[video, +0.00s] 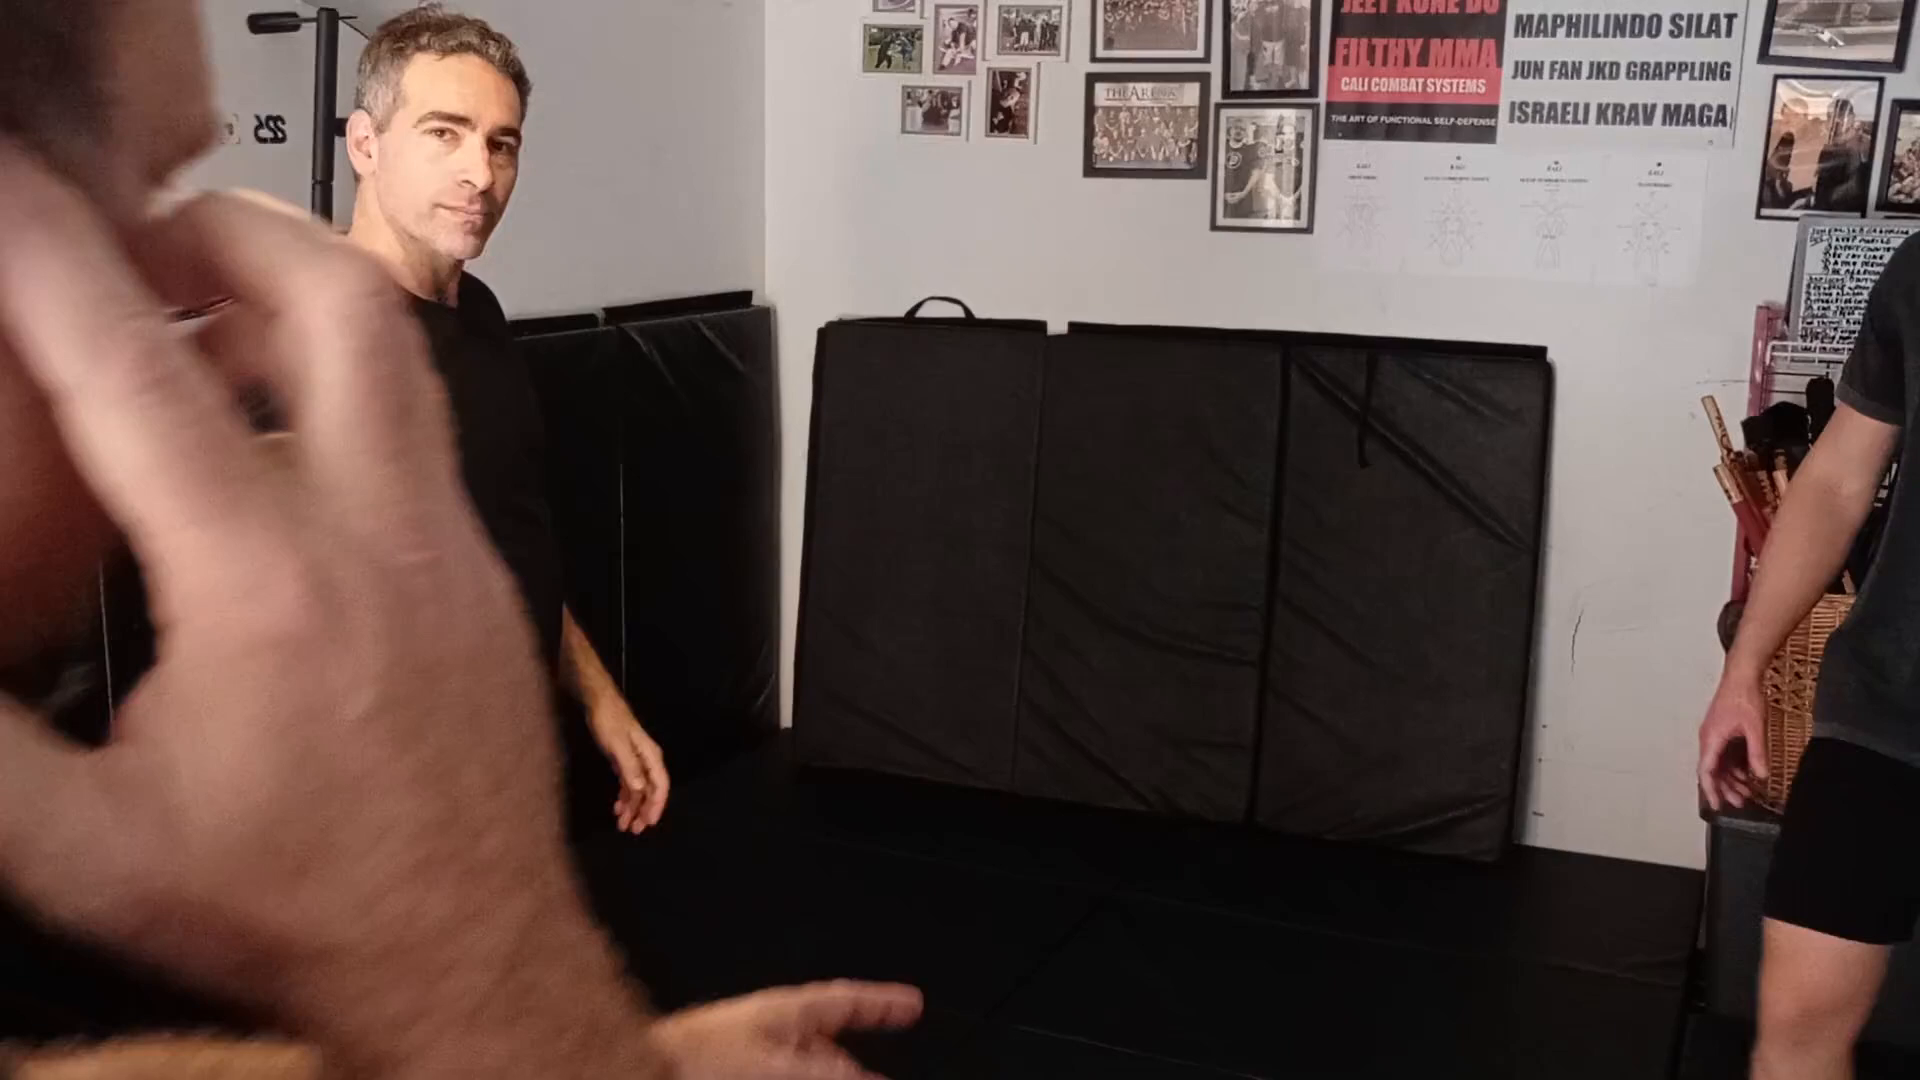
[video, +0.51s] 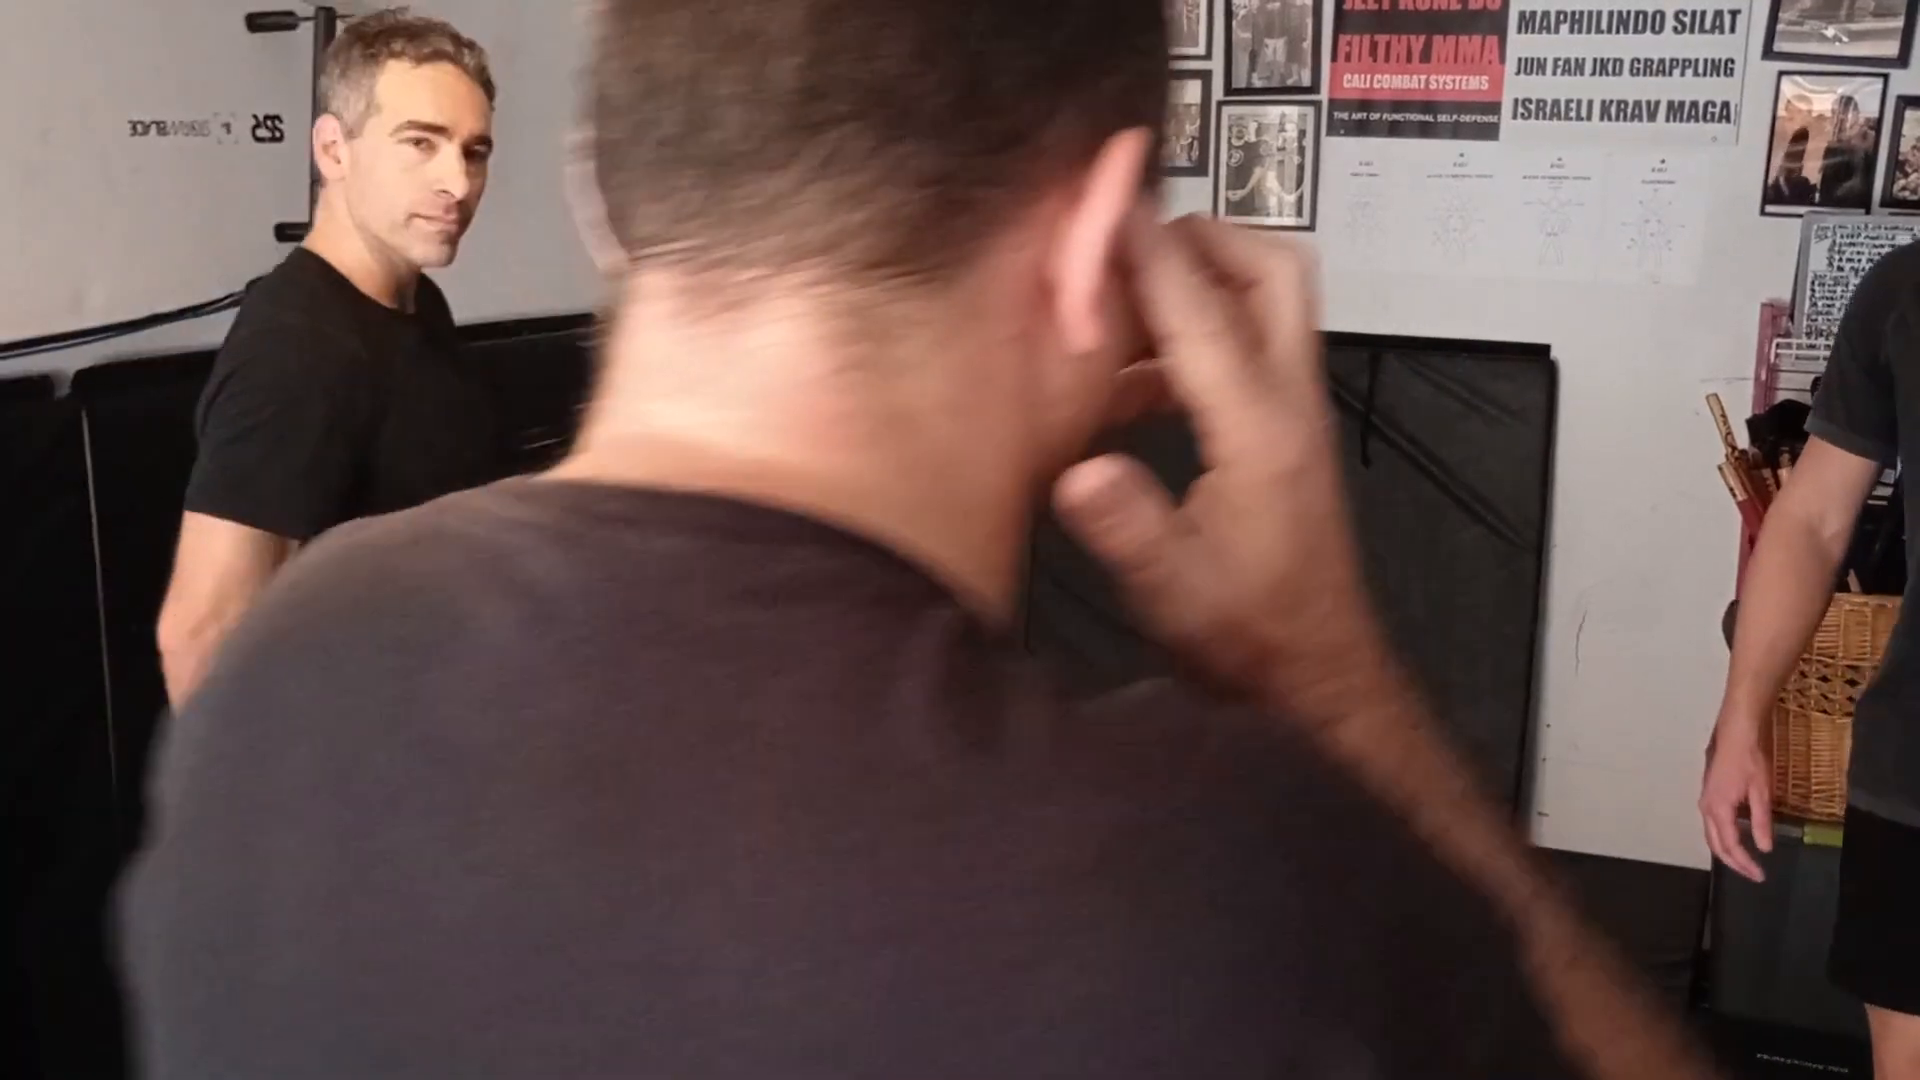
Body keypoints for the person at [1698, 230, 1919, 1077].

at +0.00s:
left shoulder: (1907, 281)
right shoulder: (1910, 279)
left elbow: (1836, 481)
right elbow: (1836, 480)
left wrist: (1746, 664)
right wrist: (1744, 663)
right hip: (1883, 715)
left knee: (1804, 1032)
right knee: (1797, 1031)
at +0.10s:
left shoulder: (1911, 276)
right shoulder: (1915, 275)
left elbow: (1841, 475)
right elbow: (1842, 474)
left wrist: (1757, 667)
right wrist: (1755, 667)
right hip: (1887, 737)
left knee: (1873, 1050)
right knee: (1867, 1050)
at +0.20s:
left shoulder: (1909, 276)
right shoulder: (1912, 275)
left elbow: (1834, 477)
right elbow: (1834, 478)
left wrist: (1754, 677)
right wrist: (1752, 677)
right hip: (1898, 757)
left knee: (1900, 1055)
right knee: (1903, 1056)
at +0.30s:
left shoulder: (1905, 282)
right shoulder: (1909, 281)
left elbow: (1821, 496)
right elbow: (1822, 493)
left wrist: (1748, 693)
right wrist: (1745, 693)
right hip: (1904, 763)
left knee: (1898, 1056)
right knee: (1900, 1059)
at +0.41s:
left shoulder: (1900, 286)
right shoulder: (1903, 285)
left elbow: (1811, 507)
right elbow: (1813, 506)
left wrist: (1738, 705)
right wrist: (1737, 705)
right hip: (1903, 765)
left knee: (1894, 1057)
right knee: (1896, 1059)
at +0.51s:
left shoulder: (1893, 295)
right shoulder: (1898, 293)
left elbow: (1810, 520)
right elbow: (1811, 521)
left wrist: (1742, 717)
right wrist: (1741, 718)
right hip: (1903, 786)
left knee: (1895, 1055)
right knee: (1899, 1057)